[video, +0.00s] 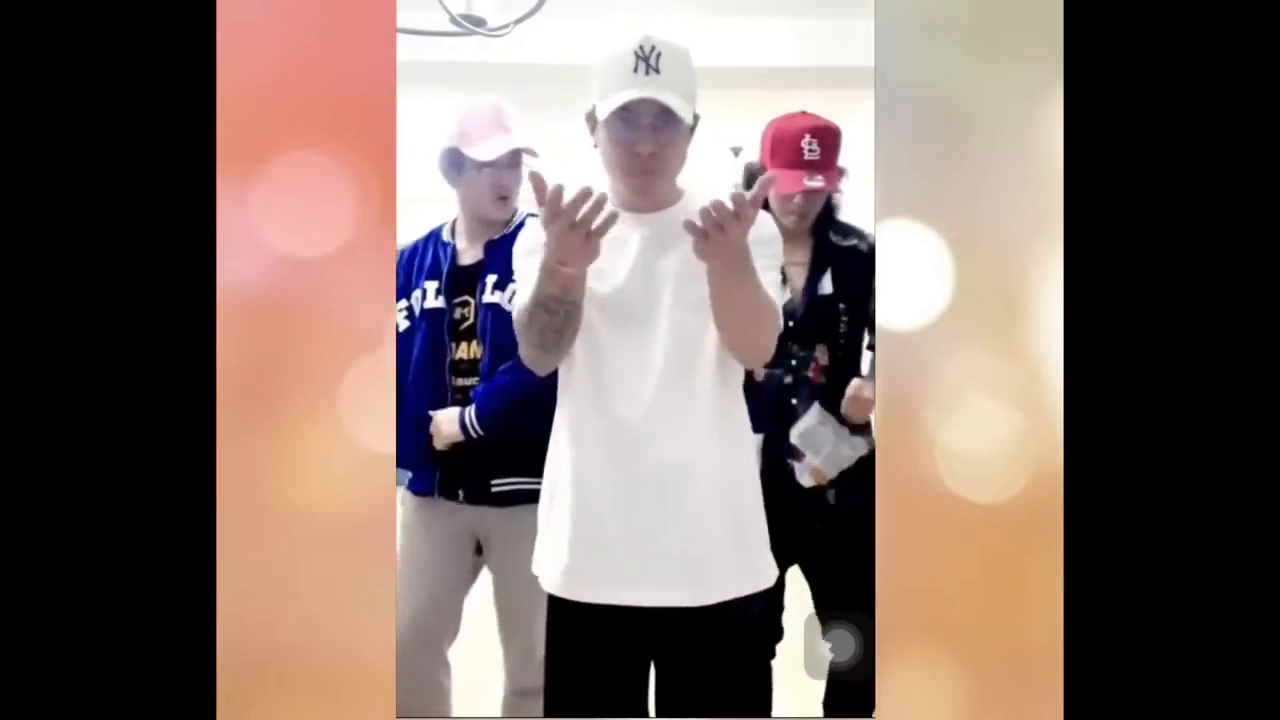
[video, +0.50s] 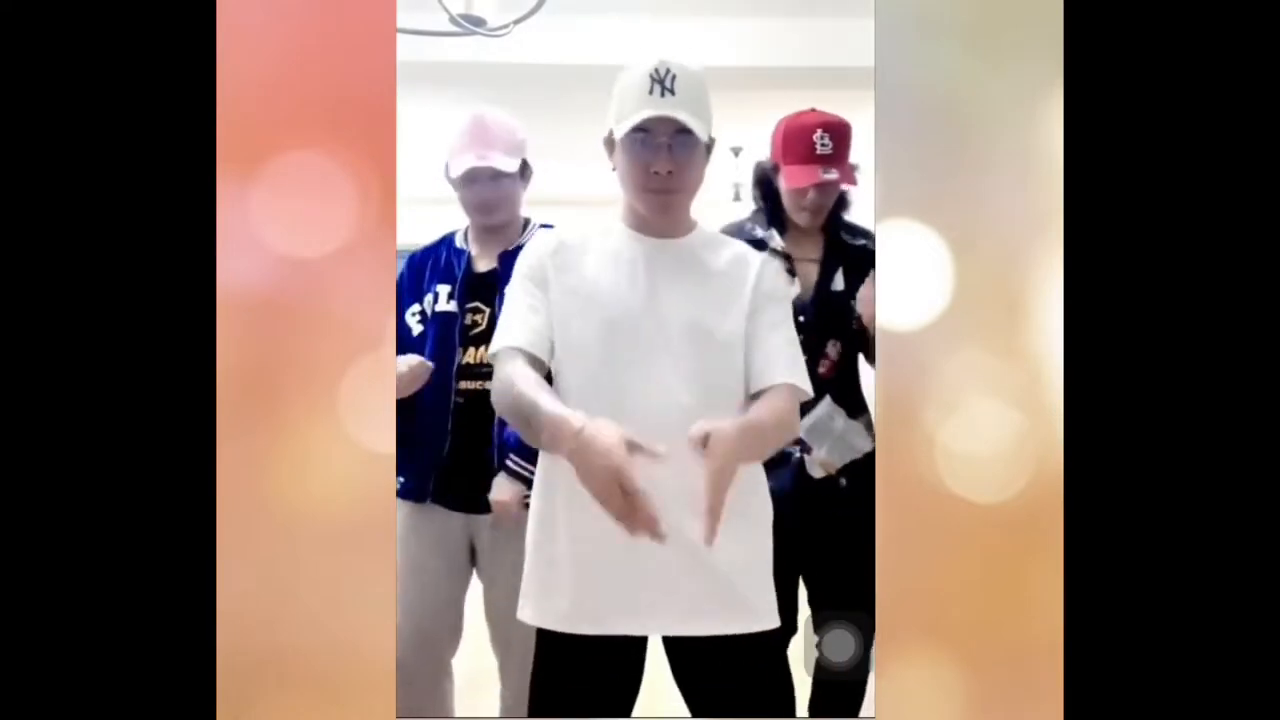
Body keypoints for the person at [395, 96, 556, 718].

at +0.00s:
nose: (506, 179)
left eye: (515, 163)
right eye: (489, 164)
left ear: (526, 167)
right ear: (451, 171)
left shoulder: (548, 252)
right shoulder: (409, 264)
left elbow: (549, 368)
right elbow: (381, 373)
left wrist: (468, 418)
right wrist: (414, 446)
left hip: (527, 495)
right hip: (432, 495)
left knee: (531, 667)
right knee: (415, 650)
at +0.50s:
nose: (485, 190)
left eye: (499, 175)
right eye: (471, 176)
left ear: (526, 178)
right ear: (451, 184)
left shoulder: (556, 263)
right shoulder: (418, 269)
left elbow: (565, 376)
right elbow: (367, 363)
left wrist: (523, 470)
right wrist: (387, 377)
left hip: (516, 500)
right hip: (428, 498)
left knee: (524, 665)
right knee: (416, 662)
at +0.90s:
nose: (450, 168)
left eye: (466, 154)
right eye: (436, 154)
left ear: (494, 167)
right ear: (418, 169)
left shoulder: (530, 249)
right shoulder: (395, 261)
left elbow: (561, 355)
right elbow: (363, 372)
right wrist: (397, 376)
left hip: (504, 495)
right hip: (413, 495)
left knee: (514, 665)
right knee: (414, 663)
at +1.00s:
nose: (453, 168)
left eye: (469, 154)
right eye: (439, 154)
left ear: (495, 168)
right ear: (420, 168)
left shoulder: (535, 248)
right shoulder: (394, 259)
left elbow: (571, 348)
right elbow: (358, 367)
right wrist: (392, 375)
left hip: (509, 493)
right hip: (414, 494)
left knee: (515, 662)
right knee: (414, 660)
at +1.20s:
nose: (476, 174)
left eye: (491, 162)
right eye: (463, 162)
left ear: (513, 177)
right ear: (440, 173)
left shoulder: (548, 258)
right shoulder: (398, 262)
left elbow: (576, 358)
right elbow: (363, 360)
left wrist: (562, 417)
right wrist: (393, 406)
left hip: (513, 496)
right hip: (417, 497)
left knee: (518, 660)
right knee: (414, 661)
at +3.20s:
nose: (532, 191)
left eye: (546, 178)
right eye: (519, 175)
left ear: (556, 186)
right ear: (483, 174)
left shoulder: (561, 263)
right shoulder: (422, 255)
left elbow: (582, 383)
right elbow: (390, 372)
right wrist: (395, 474)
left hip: (544, 472)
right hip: (457, 471)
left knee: (533, 651)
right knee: (446, 650)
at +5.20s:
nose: (497, 156)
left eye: (512, 147)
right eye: (483, 147)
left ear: (535, 171)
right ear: (460, 168)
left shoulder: (561, 257)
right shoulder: (415, 260)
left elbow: (585, 374)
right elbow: (380, 373)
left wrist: (566, 478)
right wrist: (386, 468)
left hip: (534, 499)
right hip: (440, 502)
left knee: (533, 674)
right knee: (432, 676)